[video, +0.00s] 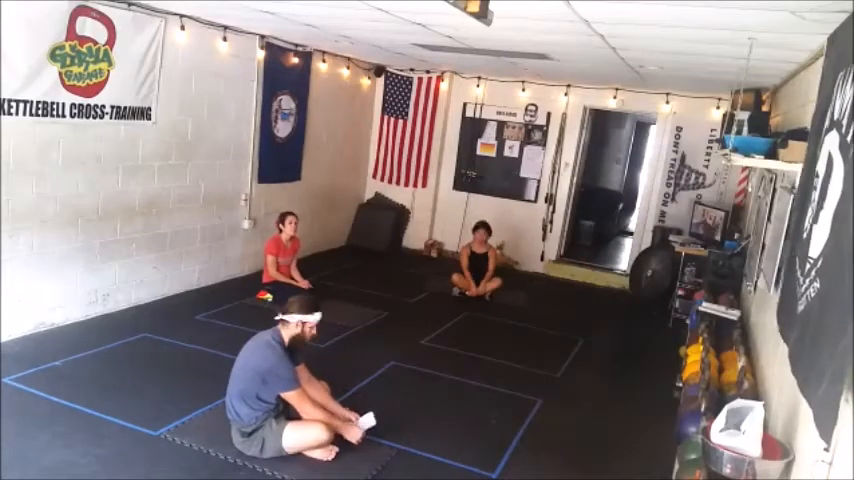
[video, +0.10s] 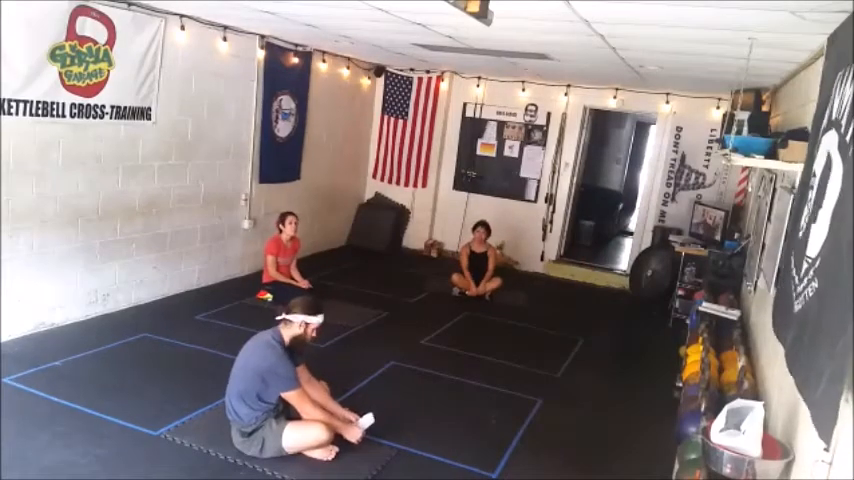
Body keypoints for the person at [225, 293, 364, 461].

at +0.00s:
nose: (315, 332)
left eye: (316, 326)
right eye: (312, 327)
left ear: (296, 324)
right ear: (298, 325)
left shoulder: (284, 340)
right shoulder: (272, 359)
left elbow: (309, 383)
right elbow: (306, 410)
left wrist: (341, 412)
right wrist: (342, 428)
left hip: (271, 406)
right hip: (253, 432)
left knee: (322, 387)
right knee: (322, 432)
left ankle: (309, 445)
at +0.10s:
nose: (315, 335)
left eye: (316, 329)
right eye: (314, 329)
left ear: (299, 324)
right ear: (301, 326)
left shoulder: (284, 340)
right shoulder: (273, 359)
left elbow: (309, 384)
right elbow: (307, 411)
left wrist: (342, 413)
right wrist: (343, 429)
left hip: (269, 406)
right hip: (252, 432)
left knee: (321, 386)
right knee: (322, 432)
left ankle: (309, 445)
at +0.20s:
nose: (315, 334)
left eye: (316, 329)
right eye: (313, 329)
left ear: (298, 324)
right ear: (300, 325)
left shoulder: (282, 340)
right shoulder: (273, 357)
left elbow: (309, 384)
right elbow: (307, 408)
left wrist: (342, 412)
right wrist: (343, 429)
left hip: (269, 406)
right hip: (252, 432)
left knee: (321, 386)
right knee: (321, 432)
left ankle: (309, 445)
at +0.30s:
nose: (315, 335)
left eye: (317, 330)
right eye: (314, 330)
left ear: (298, 325)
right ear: (300, 327)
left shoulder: (282, 340)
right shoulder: (273, 358)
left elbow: (309, 384)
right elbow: (306, 409)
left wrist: (341, 413)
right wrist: (343, 429)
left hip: (269, 406)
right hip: (253, 432)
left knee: (321, 386)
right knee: (322, 432)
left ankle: (309, 445)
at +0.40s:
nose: (315, 335)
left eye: (317, 330)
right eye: (314, 330)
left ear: (299, 325)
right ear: (301, 326)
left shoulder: (282, 340)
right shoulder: (273, 358)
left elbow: (309, 383)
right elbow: (306, 408)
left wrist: (341, 411)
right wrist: (342, 430)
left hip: (270, 406)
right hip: (253, 432)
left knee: (321, 386)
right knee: (322, 432)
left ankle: (309, 445)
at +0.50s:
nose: (314, 336)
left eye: (316, 330)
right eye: (313, 330)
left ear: (298, 325)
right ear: (301, 326)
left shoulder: (280, 339)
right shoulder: (272, 357)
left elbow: (309, 383)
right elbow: (306, 408)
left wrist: (340, 411)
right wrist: (342, 430)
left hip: (269, 406)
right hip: (253, 433)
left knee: (321, 386)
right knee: (322, 432)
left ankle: (309, 445)